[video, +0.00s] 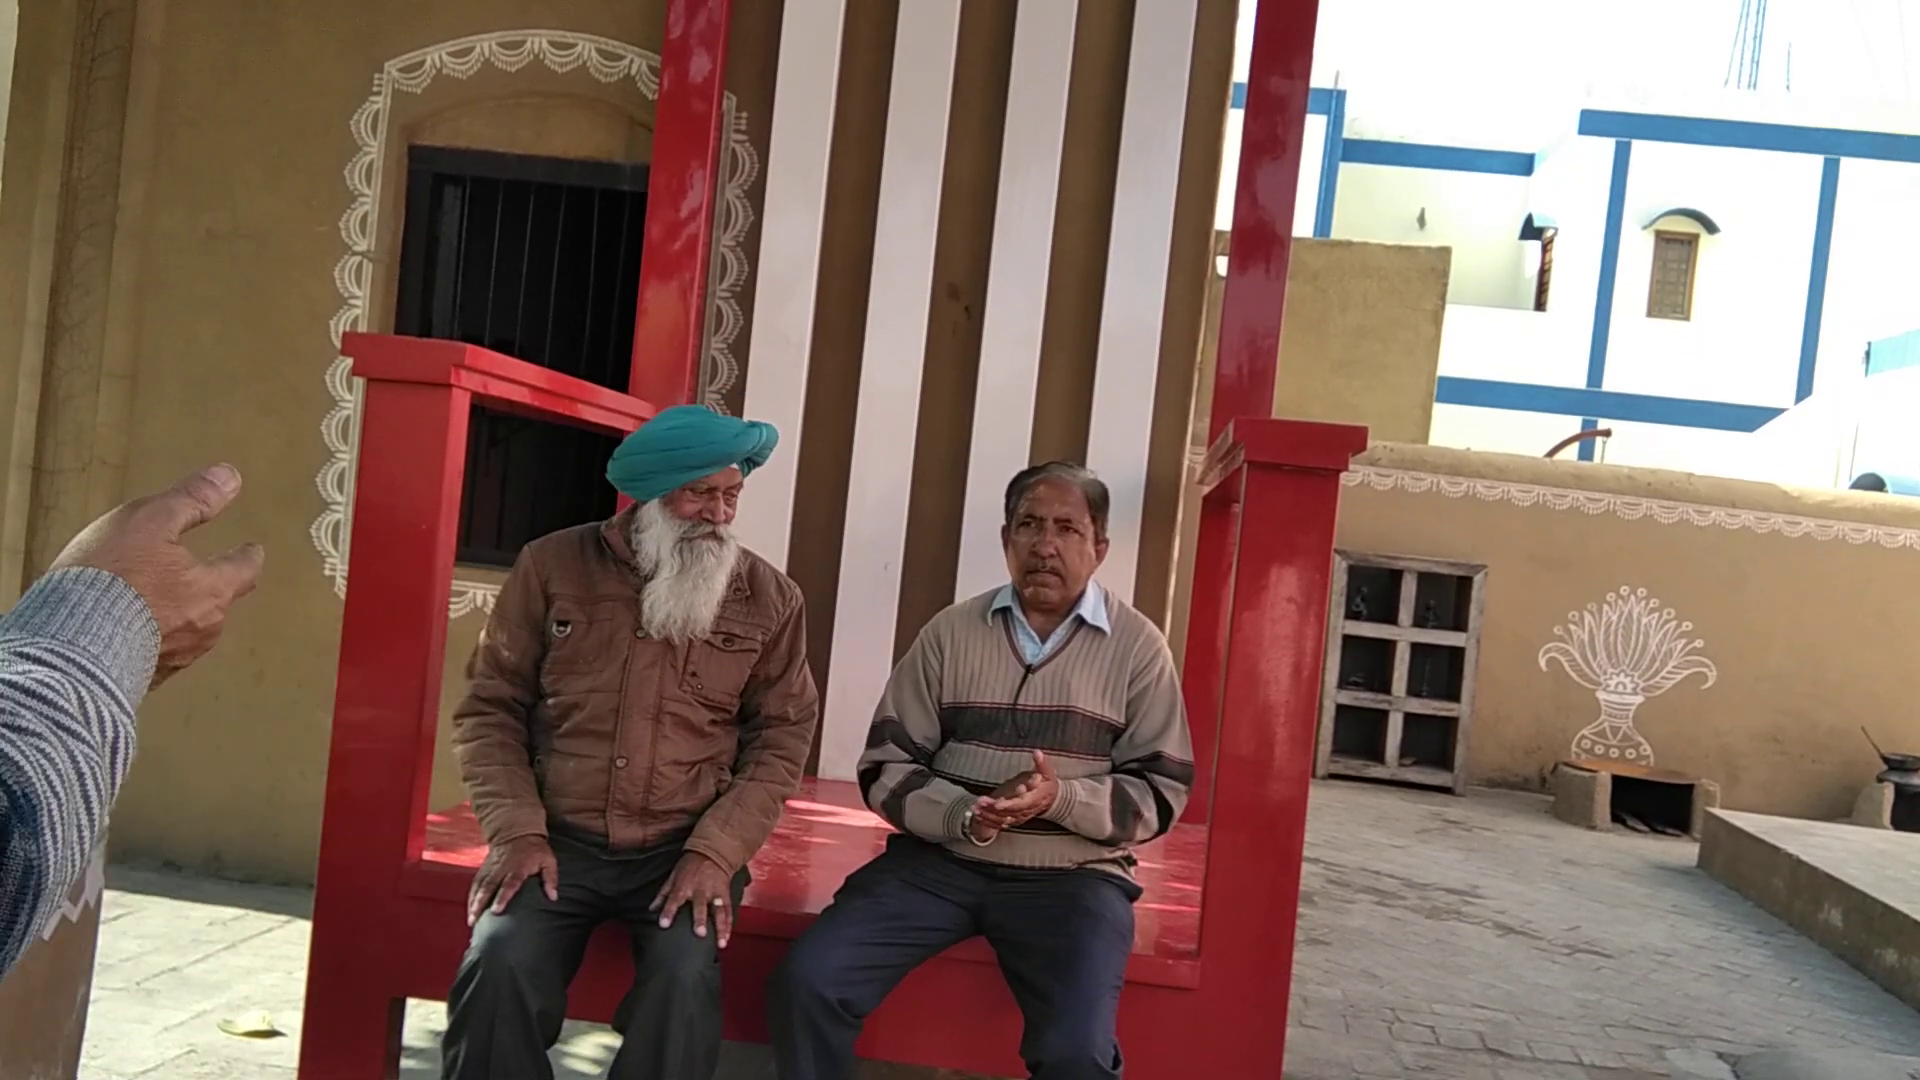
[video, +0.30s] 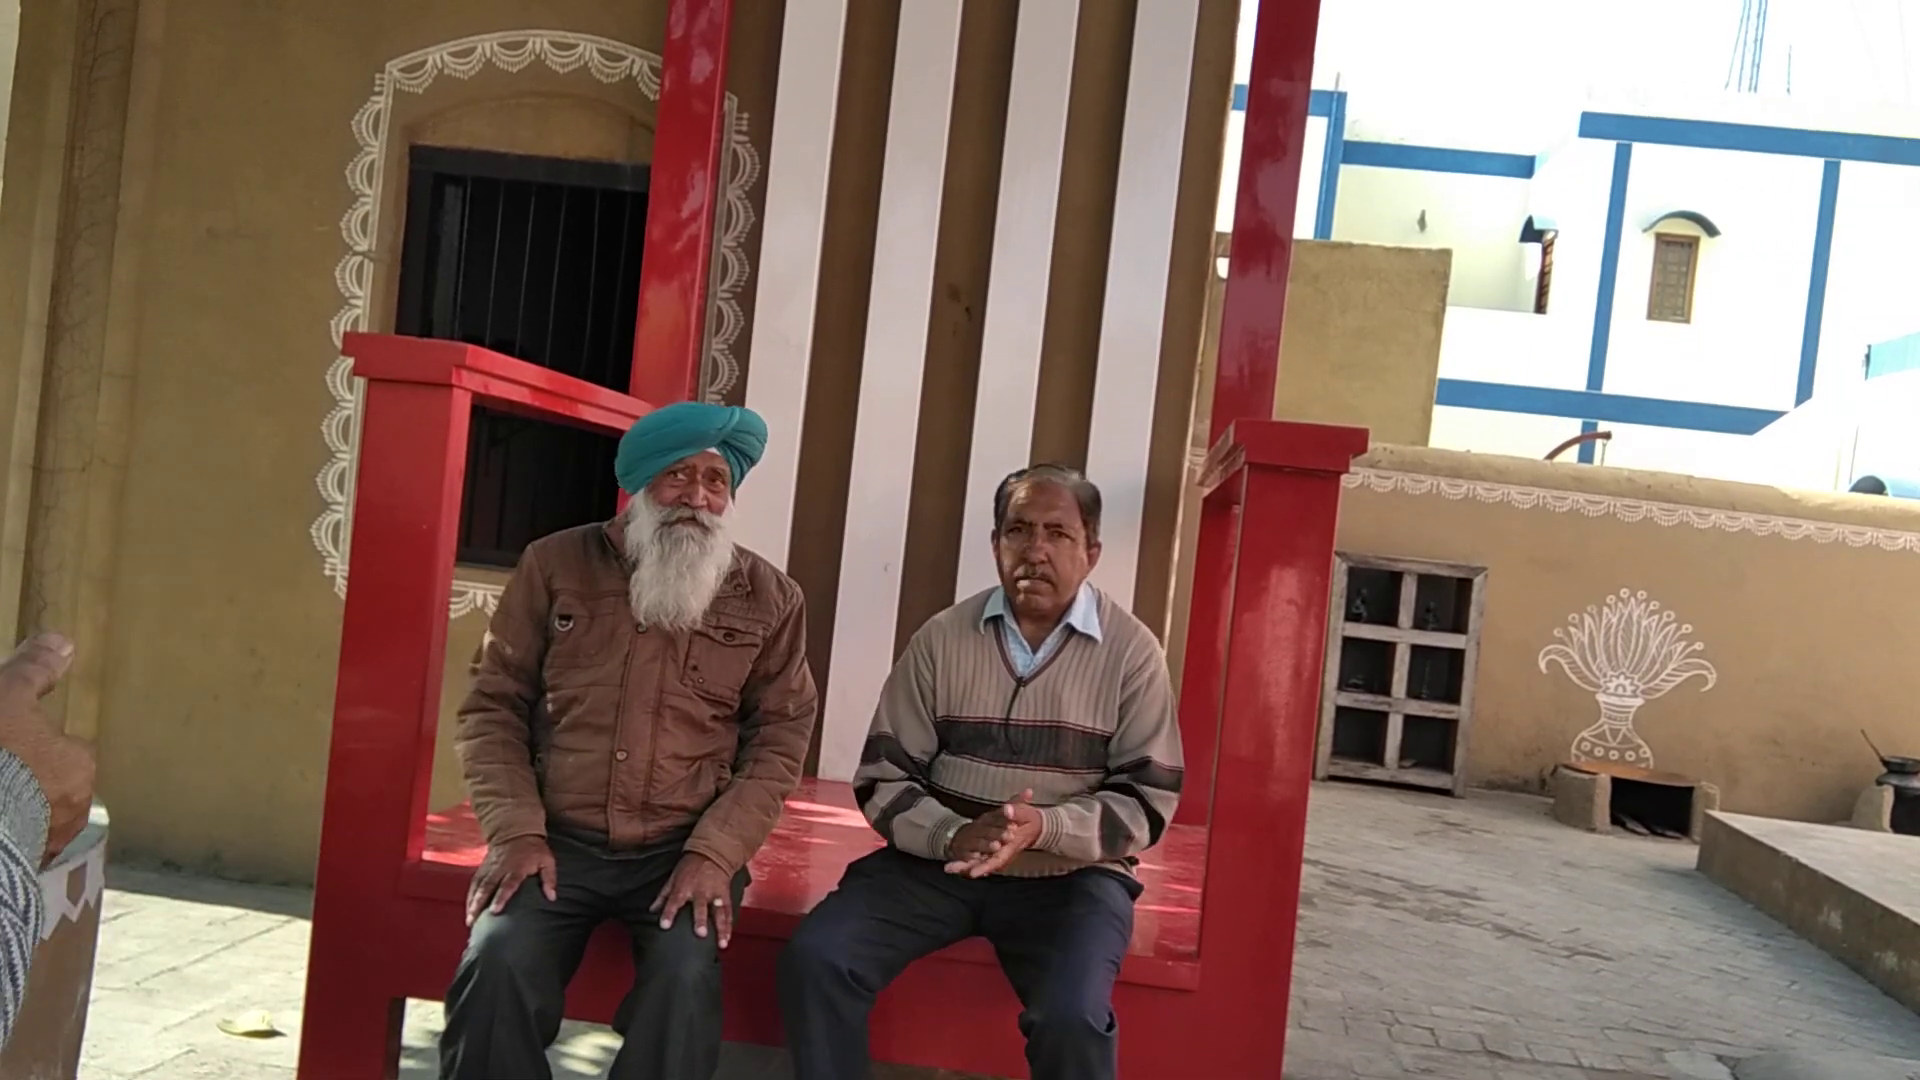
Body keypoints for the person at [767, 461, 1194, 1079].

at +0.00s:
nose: (1046, 545)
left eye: (1067, 529)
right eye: (1031, 526)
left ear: (1099, 550)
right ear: (1006, 542)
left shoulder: (1140, 649)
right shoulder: (949, 634)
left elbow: (1160, 793)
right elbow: (884, 765)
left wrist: (1061, 799)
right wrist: (961, 812)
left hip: (1072, 880)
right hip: (936, 863)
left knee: (1076, 1051)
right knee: (806, 986)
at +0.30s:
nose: (1035, 551)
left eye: (1057, 535)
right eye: (1018, 532)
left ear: (1091, 555)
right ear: (996, 546)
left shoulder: (1134, 655)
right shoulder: (940, 641)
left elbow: (1144, 804)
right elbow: (881, 776)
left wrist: (1044, 827)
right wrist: (951, 833)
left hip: (1071, 879)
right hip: (934, 863)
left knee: (1071, 1019)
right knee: (817, 959)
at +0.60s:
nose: (1013, 551)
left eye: (1037, 531)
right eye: (995, 527)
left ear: (1074, 544)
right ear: (970, 534)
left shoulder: (1122, 646)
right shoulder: (917, 634)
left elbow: (1112, 826)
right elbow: (868, 796)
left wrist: (1034, 939)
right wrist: (896, 933)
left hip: (1066, 883)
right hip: (932, 869)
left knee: (1084, 1050)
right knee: (815, 1012)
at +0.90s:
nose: (1016, 459)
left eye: (1043, 438)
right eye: (999, 435)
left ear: (1088, 456)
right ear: (977, 445)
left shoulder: (1149, 565)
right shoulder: (928, 557)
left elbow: (1176, 751)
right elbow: (870, 730)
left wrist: (1132, 905)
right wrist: (871, 892)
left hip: (1086, 849)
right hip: (948, 837)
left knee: (1095, 1054)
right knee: (849, 1029)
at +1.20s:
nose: (1051, 377)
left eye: (1077, 355)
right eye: (1042, 354)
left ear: (1147, 367)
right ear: (1031, 362)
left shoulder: (1222, 495)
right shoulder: (987, 481)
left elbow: (1259, 691)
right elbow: (917, 645)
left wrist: (1226, 855)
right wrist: (892, 805)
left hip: (1145, 829)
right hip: (990, 805)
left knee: (1117, 1064)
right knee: (913, 1027)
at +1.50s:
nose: (1084, 371)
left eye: (1116, 349)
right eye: (1071, 348)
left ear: (1177, 376)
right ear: (1054, 363)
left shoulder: (1247, 504)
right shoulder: (986, 503)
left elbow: (1283, 705)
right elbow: (971, 667)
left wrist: (1212, 834)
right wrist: (1057, 753)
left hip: (1175, 879)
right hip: (1018, 862)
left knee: (1143, 1070)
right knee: (1019, 1067)